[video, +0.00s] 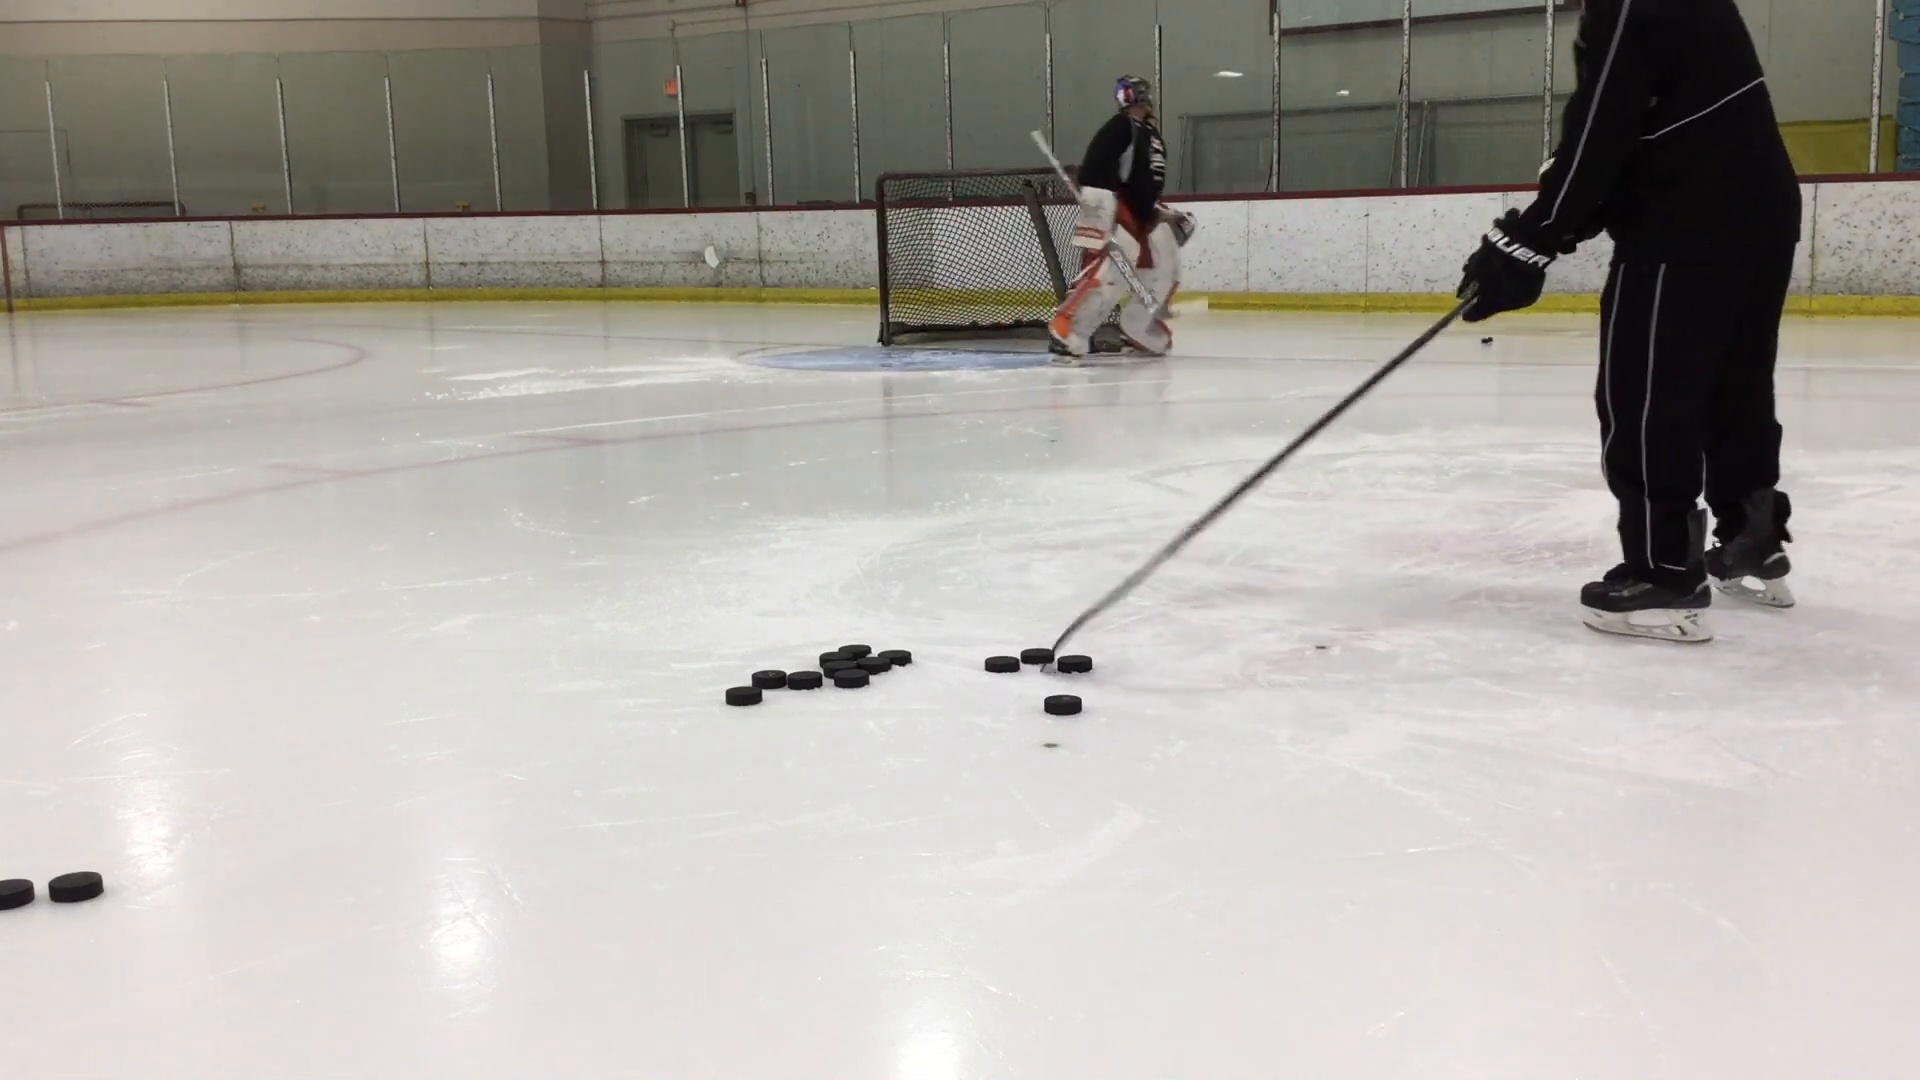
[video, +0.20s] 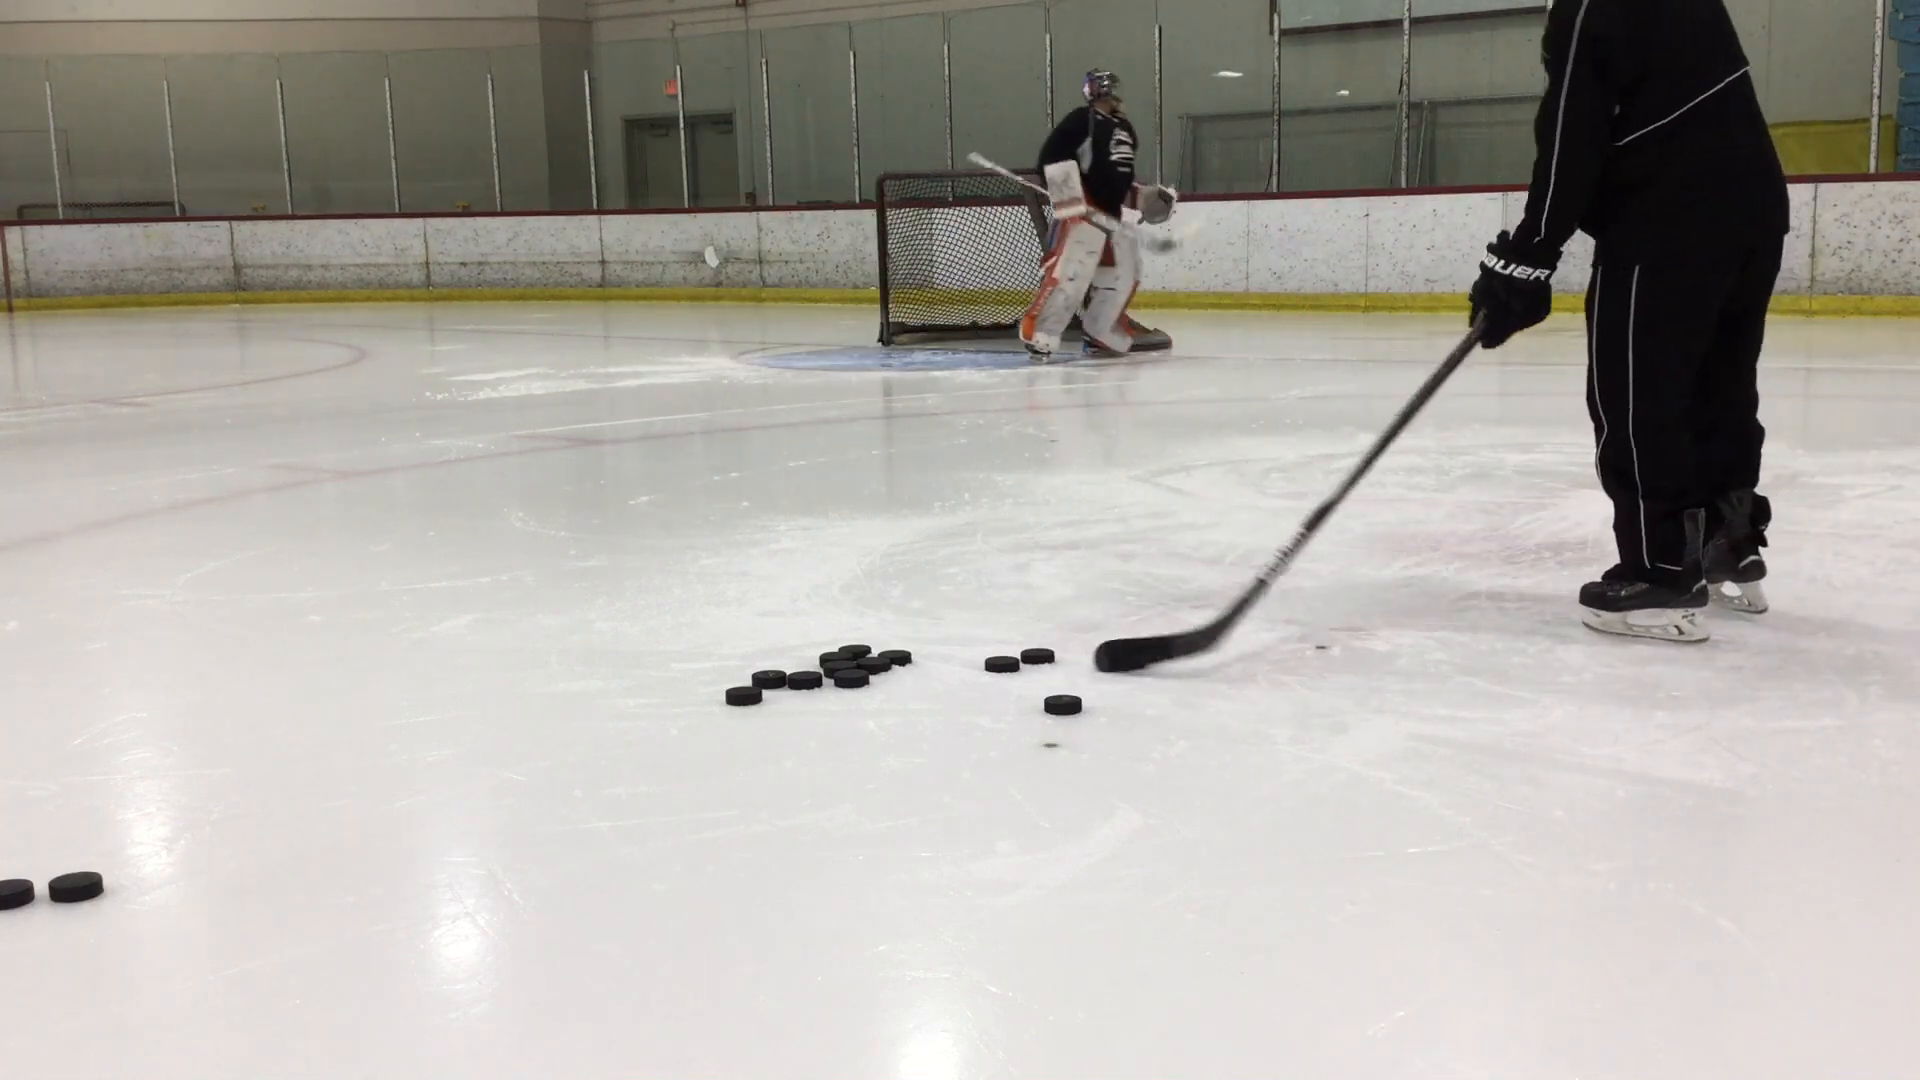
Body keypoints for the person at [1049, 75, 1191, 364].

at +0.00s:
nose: (1146, 100)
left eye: (1146, 94)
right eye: (1140, 95)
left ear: (1140, 97)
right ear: (1130, 98)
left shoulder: (1152, 133)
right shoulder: (1119, 128)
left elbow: (1145, 182)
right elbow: (1095, 173)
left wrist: (1162, 210)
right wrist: (1099, 217)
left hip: (1145, 216)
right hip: (1115, 215)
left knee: (1163, 272)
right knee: (1110, 275)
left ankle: (1141, 332)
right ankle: (1066, 334)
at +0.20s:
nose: (1107, 92)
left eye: (1109, 87)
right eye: (1100, 87)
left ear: (1113, 90)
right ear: (1090, 92)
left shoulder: (1125, 127)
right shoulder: (1082, 119)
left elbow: (1117, 178)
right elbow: (1054, 157)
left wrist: (1144, 197)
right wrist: (1069, 200)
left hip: (1115, 216)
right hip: (1085, 212)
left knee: (1123, 275)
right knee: (1070, 276)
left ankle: (1101, 335)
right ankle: (1042, 336)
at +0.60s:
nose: (1054, 95)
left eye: (1056, 89)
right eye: (1048, 90)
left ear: (1061, 93)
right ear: (1034, 94)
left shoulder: (1071, 124)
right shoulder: (1016, 122)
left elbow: (1092, 155)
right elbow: (1002, 165)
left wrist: (1096, 168)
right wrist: (1045, 187)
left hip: (1064, 215)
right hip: (1025, 213)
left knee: (1073, 273)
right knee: (1012, 273)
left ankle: (1053, 333)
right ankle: (991, 338)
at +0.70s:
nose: (1045, 95)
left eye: (1048, 90)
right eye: (1038, 90)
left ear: (1052, 91)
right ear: (1023, 93)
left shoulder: (1064, 122)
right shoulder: (1006, 123)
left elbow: (1096, 151)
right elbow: (987, 165)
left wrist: (1090, 176)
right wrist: (1024, 189)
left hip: (1058, 217)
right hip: (1016, 217)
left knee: (1067, 275)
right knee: (1005, 276)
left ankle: (1048, 332)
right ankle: (989, 339)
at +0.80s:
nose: (1037, 96)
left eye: (1041, 91)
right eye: (1031, 91)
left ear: (1047, 92)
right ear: (1017, 94)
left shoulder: (1061, 120)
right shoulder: (999, 123)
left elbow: (1093, 146)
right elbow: (979, 166)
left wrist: (1084, 171)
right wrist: (1009, 199)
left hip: (1050, 217)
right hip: (1009, 218)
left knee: (1059, 278)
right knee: (1000, 278)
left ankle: (1049, 331)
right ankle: (987, 338)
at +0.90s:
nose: (1032, 99)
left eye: (1036, 93)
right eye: (1026, 94)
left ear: (1043, 95)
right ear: (1013, 95)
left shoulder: (1056, 123)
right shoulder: (994, 125)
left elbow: (1082, 157)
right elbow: (972, 167)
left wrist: (1070, 187)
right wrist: (1001, 202)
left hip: (1047, 216)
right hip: (1006, 216)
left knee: (1055, 278)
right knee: (1001, 277)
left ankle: (1054, 338)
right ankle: (989, 340)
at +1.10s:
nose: (1029, 102)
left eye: (1033, 96)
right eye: (1023, 97)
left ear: (1039, 98)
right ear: (1009, 98)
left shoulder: (1050, 126)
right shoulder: (989, 125)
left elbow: (1076, 160)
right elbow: (966, 163)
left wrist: (1078, 196)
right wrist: (986, 200)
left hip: (1042, 213)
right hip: (999, 213)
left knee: (1050, 276)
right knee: (995, 276)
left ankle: (1051, 337)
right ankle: (984, 340)